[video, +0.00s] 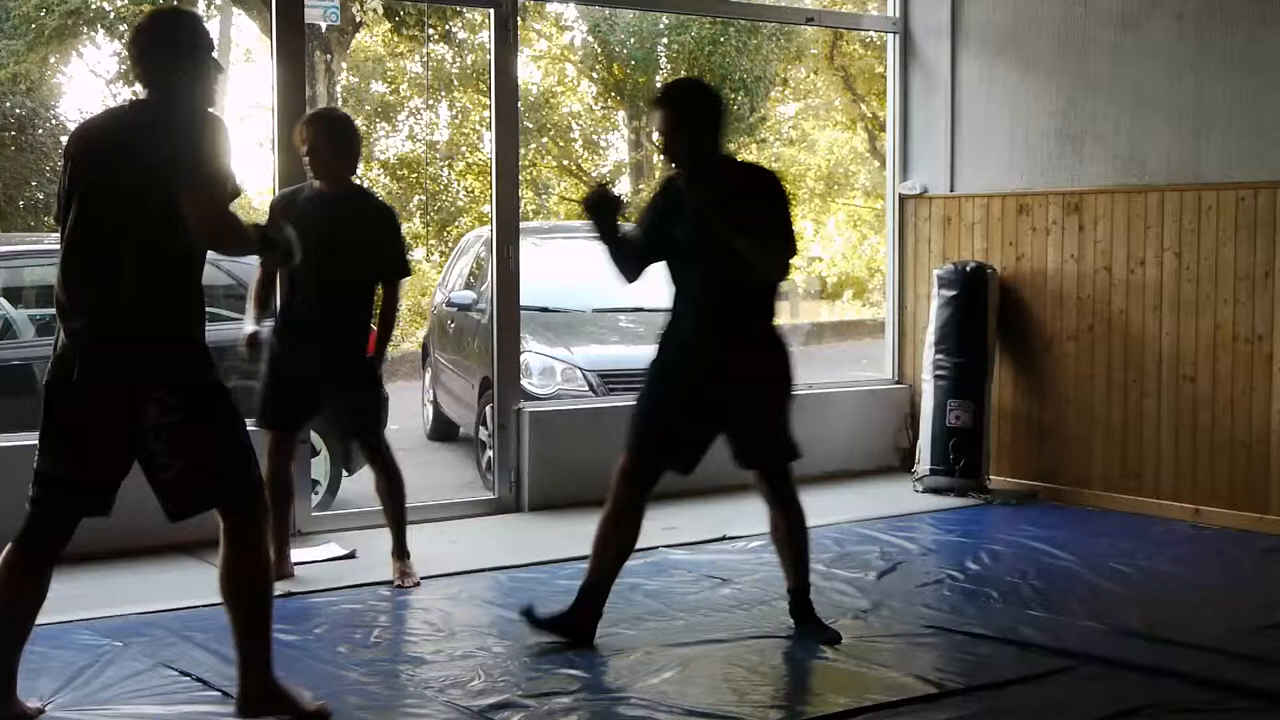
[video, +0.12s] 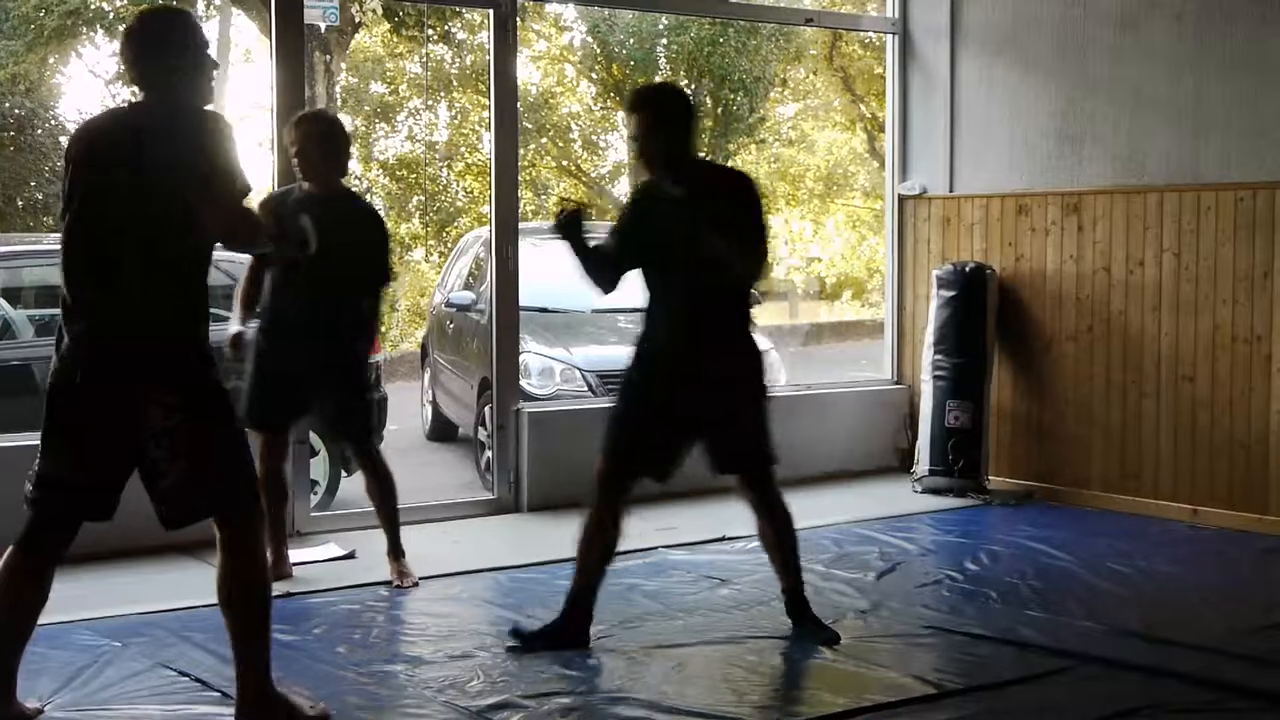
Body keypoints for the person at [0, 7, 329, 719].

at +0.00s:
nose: (215, 75)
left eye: (211, 63)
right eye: (210, 63)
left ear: (140, 64)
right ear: (197, 65)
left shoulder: (86, 135)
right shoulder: (198, 127)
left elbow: (69, 245)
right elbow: (213, 227)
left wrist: (80, 336)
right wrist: (265, 240)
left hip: (83, 361)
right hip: (170, 359)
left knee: (41, 532)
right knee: (245, 508)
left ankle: (2, 691)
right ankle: (257, 684)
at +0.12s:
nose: (212, 65)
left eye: (206, 52)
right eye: (203, 54)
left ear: (135, 66)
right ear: (186, 62)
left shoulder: (88, 135)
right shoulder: (204, 128)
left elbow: (75, 246)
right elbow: (232, 223)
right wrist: (280, 238)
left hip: (88, 366)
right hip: (175, 365)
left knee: (41, 538)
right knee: (241, 524)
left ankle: (1, 692)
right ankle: (256, 692)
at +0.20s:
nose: (216, 68)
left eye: (210, 56)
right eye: (210, 57)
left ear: (140, 68)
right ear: (198, 62)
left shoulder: (99, 137)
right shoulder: (218, 132)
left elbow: (79, 223)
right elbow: (257, 235)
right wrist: (305, 221)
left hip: (93, 368)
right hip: (181, 368)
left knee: (45, 540)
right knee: (246, 529)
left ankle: (3, 693)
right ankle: (256, 694)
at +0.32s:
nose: (246, 63)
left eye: (240, 52)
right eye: (237, 53)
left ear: (173, 68)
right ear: (216, 64)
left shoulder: (126, 136)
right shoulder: (254, 141)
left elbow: (93, 241)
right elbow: (277, 251)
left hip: (106, 362)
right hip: (196, 365)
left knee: (59, 532)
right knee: (250, 528)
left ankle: (6, 689)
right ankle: (256, 695)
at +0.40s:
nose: (268, 77)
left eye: (263, 64)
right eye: (260, 66)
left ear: (196, 73)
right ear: (245, 71)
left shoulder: (149, 138)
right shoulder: (270, 151)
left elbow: (99, 232)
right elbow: (304, 258)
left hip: (121, 367)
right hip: (209, 370)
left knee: (73, 527)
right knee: (254, 529)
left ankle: (13, 688)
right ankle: (262, 696)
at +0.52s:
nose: (368, 92)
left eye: (360, 77)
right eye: (365, 79)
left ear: (305, 75)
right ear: (356, 80)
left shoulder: (250, 138)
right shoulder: (360, 147)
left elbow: (200, 222)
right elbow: (386, 261)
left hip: (218, 372)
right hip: (308, 381)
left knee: (169, 512)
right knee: (340, 529)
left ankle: (97, 667)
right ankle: (350, 691)